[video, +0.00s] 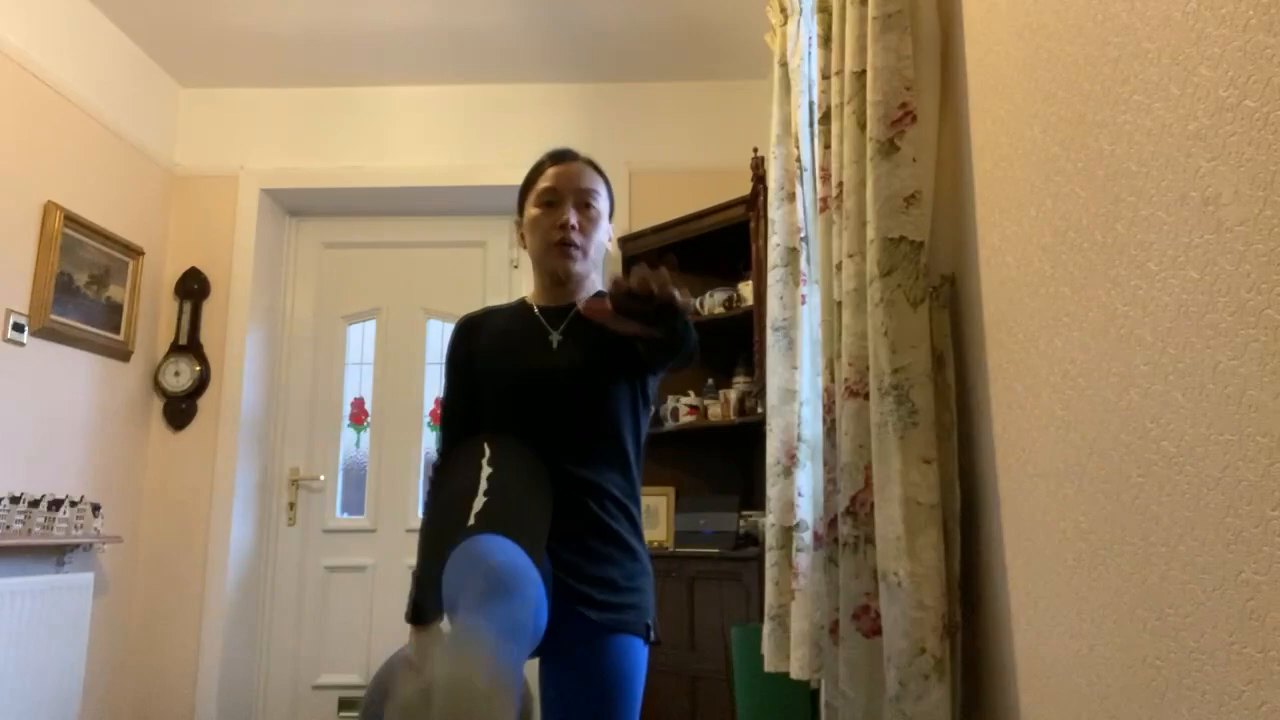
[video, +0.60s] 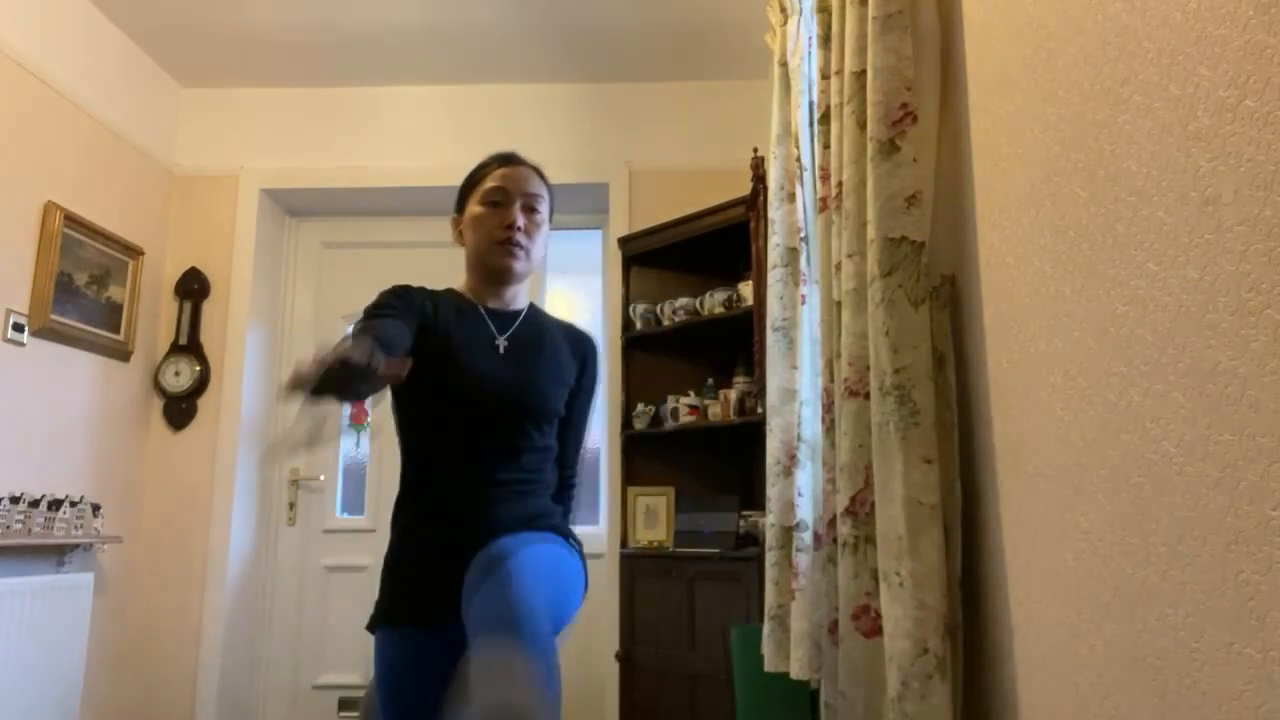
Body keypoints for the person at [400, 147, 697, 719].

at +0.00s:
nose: (568, 218)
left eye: (587, 206)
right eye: (549, 204)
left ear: (609, 236)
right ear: (521, 231)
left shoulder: (630, 326)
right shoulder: (478, 333)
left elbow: (674, 349)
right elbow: (453, 471)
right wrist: (425, 605)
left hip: (604, 582)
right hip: (497, 573)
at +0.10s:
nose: (565, 213)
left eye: (582, 202)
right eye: (546, 198)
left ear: (604, 230)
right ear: (516, 224)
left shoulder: (639, 319)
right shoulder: (471, 327)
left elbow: (678, 360)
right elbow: (442, 467)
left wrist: (686, 395)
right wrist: (404, 605)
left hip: (602, 568)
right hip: (492, 555)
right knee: (491, 703)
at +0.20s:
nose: (556, 219)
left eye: (574, 208)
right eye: (537, 204)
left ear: (594, 234)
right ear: (506, 229)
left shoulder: (631, 333)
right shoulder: (458, 328)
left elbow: (682, 433)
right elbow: (422, 467)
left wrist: (702, 532)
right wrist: (377, 605)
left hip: (592, 602)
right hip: (476, 599)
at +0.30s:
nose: (545, 225)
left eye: (563, 214)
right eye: (527, 208)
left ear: (579, 240)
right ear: (493, 231)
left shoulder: (611, 350)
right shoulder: (438, 331)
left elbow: (650, 478)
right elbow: (394, 469)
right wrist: (340, 608)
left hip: (571, 627)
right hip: (450, 621)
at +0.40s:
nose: (533, 221)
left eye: (551, 211)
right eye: (514, 205)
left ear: (566, 238)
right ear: (480, 228)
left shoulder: (596, 347)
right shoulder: (423, 325)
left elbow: (618, 484)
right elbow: (369, 453)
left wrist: (630, 607)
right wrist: (308, 572)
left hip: (548, 604)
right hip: (431, 598)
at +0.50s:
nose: (523, 217)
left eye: (540, 208)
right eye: (504, 201)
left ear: (555, 236)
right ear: (470, 225)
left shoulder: (585, 349)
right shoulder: (415, 316)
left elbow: (584, 479)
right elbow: (364, 399)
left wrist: (579, 580)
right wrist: (308, 491)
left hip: (538, 570)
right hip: (426, 574)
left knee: (519, 702)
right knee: (413, 709)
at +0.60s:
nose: (515, 219)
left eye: (532, 209)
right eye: (496, 203)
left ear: (547, 236)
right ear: (459, 228)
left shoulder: (574, 349)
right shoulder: (417, 308)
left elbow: (564, 474)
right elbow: (385, 331)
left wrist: (548, 552)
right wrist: (358, 360)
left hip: (532, 546)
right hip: (427, 555)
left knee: (507, 586)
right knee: (400, 709)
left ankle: (514, 711)